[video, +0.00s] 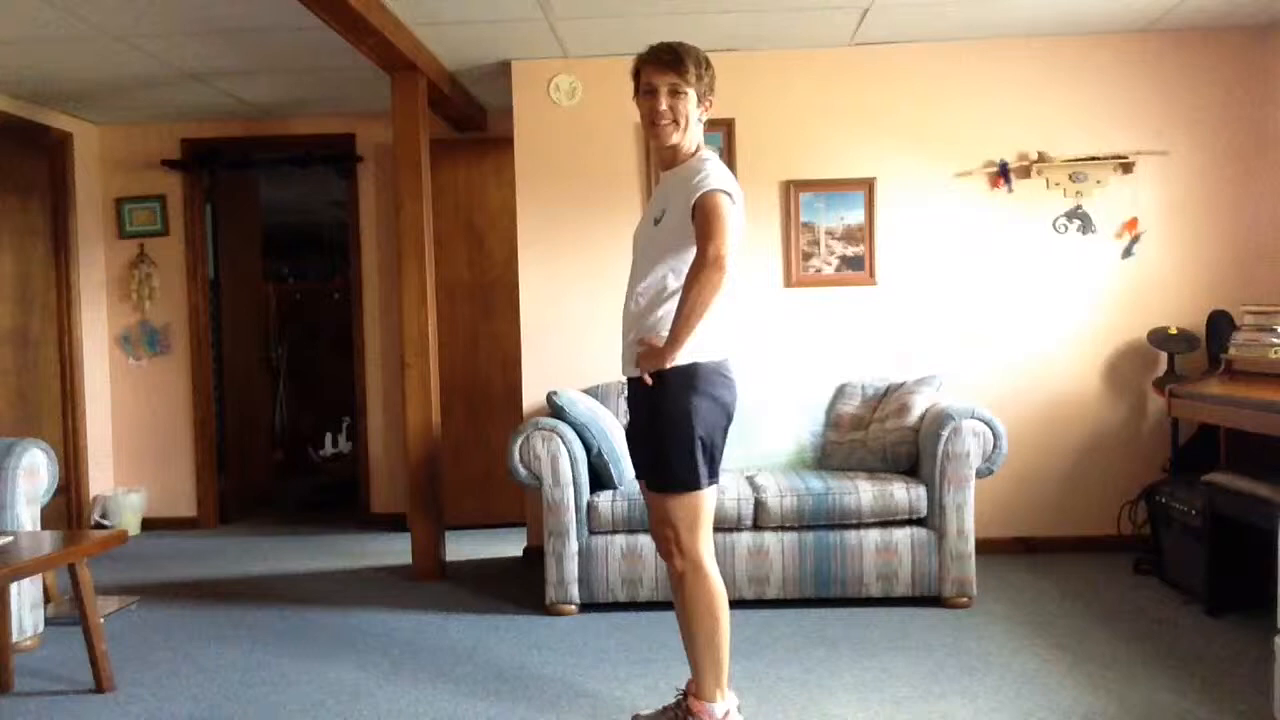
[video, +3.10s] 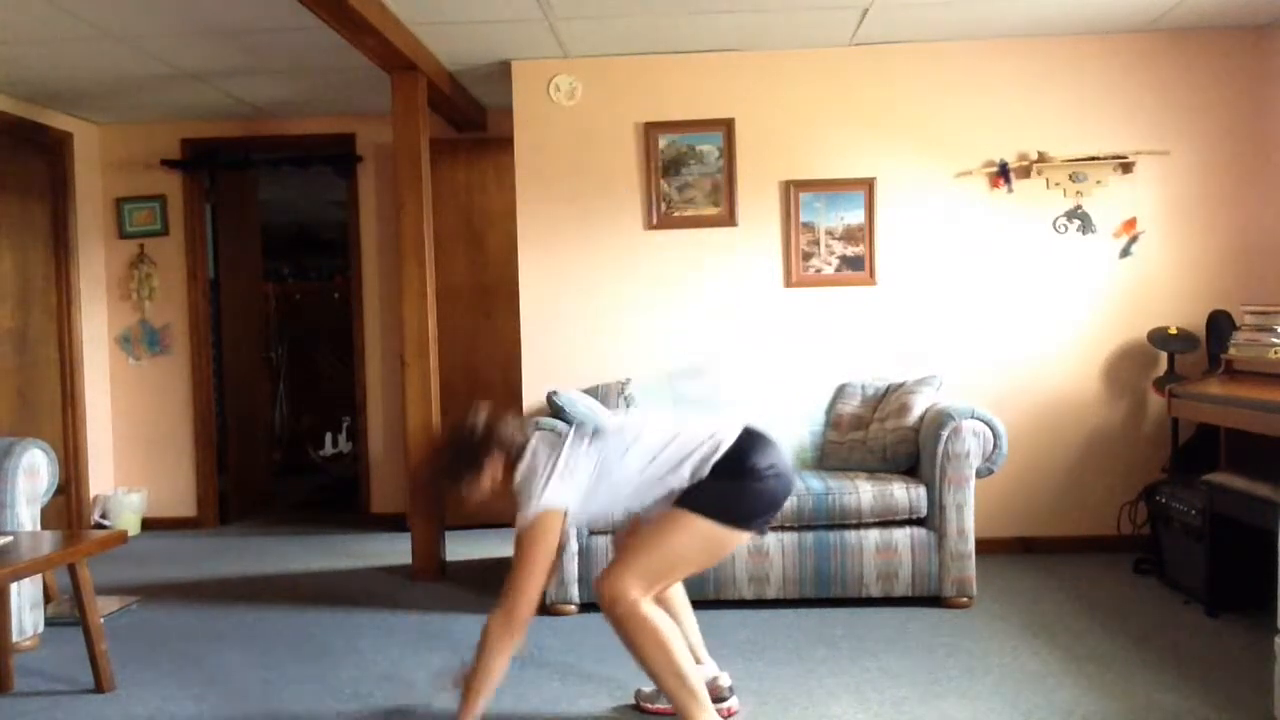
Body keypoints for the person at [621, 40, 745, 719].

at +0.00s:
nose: (659, 106)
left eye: (675, 93)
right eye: (648, 93)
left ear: (702, 103)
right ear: (636, 103)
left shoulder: (705, 173)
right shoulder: (669, 181)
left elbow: (716, 258)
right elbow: (667, 273)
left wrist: (670, 348)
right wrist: (646, 351)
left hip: (682, 379)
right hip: (656, 379)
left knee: (688, 548)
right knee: (673, 545)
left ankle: (714, 700)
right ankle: (706, 693)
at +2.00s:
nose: (661, 104)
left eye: (676, 92)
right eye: (651, 92)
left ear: (705, 103)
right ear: (640, 101)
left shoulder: (707, 176)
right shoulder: (670, 181)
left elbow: (721, 267)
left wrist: (673, 353)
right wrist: (649, 355)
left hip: (684, 382)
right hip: (656, 382)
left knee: (686, 551)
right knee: (660, 547)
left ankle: (713, 700)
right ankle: (704, 691)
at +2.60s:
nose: (576, 158)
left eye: (579, 142)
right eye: (571, 145)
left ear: (618, 125)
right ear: (621, 128)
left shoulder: (657, 184)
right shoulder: (663, 181)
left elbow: (637, 279)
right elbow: (640, 284)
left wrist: (579, 361)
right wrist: (577, 361)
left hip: (701, 376)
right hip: (707, 373)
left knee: (665, 541)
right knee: (681, 540)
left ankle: (707, 693)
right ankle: (708, 676)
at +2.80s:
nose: (523, 241)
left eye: (525, 226)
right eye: (518, 229)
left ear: (556, 210)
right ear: (559, 210)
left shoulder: (601, 252)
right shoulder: (607, 245)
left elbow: (569, 364)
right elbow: (579, 364)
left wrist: (521, 451)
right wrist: (534, 441)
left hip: (734, 399)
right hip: (735, 397)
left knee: (668, 556)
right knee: (678, 550)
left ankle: (713, 703)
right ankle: (706, 678)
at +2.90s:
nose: (486, 348)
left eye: (487, 333)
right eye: (480, 336)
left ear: (521, 314)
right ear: (524, 311)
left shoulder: (566, 354)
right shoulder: (581, 341)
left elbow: (536, 479)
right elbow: (551, 473)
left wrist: (479, 585)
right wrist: (512, 539)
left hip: (750, 428)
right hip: (760, 420)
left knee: (646, 572)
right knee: (672, 557)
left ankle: (705, 711)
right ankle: (709, 684)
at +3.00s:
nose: (477, 415)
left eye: (477, 401)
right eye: (471, 404)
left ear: (507, 382)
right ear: (510, 377)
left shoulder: (557, 415)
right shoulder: (564, 392)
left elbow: (523, 543)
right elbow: (535, 532)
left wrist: (469, 650)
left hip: (754, 443)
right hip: (754, 434)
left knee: (639, 578)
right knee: (658, 555)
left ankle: (706, 714)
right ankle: (707, 683)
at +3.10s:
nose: (467, 497)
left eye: (467, 484)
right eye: (461, 486)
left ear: (492, 464)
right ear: (498, 452)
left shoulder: (546, 479)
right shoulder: (545, 443)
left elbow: (511, 620)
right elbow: (519, 597)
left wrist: (470, 710)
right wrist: (488, 662)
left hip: (745, 471)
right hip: (744, 455)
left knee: (620, 590)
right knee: (638, 546)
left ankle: (700, 712)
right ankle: (705, 679)